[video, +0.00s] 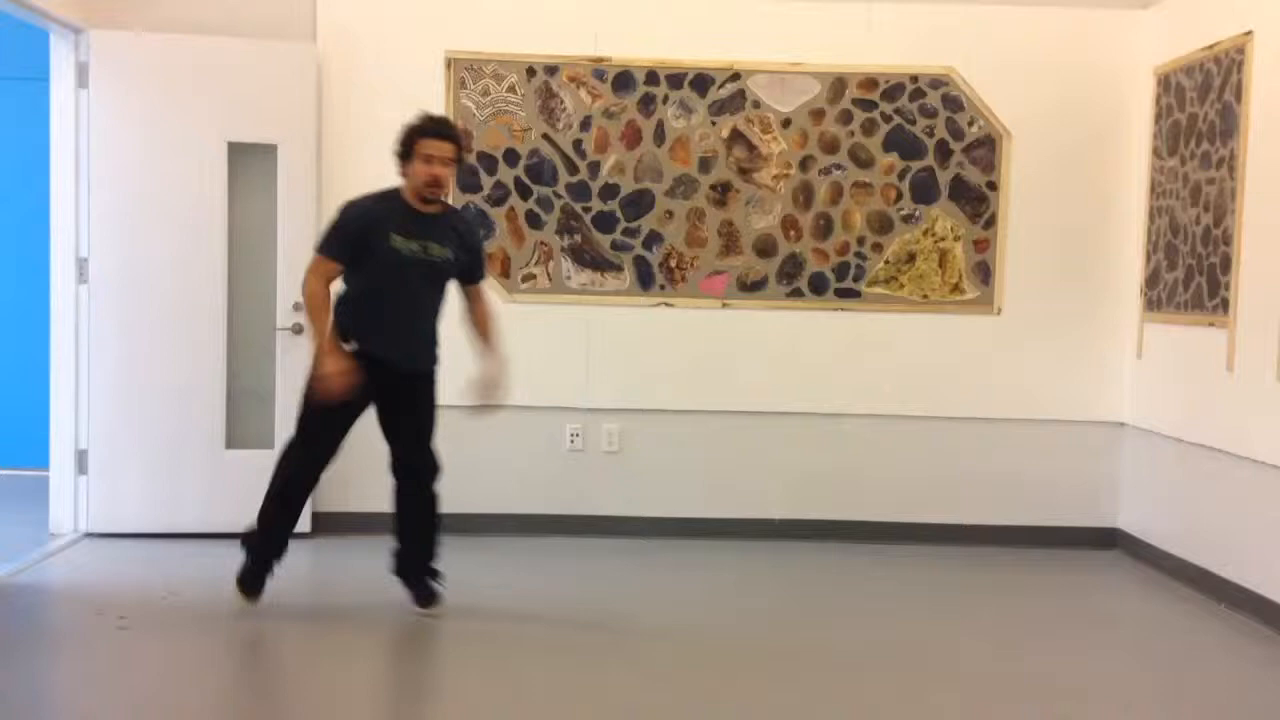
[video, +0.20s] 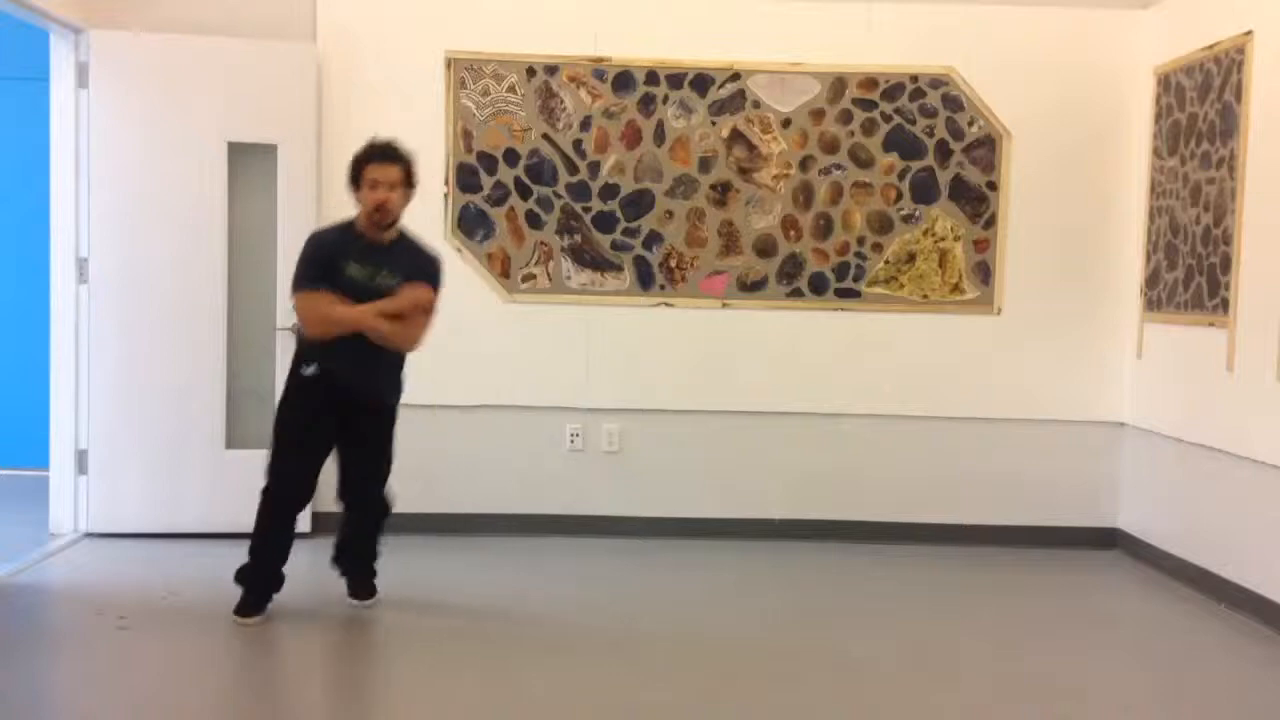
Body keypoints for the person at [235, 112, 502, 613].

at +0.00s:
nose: (436, 171)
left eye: (446, 163)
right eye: (426, 160)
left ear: (456, 170)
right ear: (405, 164)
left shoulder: (461, 231)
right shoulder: (367, 214)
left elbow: (476, 296)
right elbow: (316, 279)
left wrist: (490, 355)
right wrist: (326, 345)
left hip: (411, 367)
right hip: (351, 355)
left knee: (417, 467)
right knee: (307, 456)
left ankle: (415, 566)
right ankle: (261, 553)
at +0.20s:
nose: (382, 197)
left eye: (393, 188)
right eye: (372, 186)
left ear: (408, 194)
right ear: (356, 190)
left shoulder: (421, 262)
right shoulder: (324, 246)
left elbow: (410, 337)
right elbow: (313, 322)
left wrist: (339, 310)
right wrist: (394, 305)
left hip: (374, 396)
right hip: (313, 387)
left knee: (366, 495)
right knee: (285, 490)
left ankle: (359, 569)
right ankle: (258, 585)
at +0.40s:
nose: (359, 180)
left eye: (371, 170)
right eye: (351, 170)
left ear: (395, 177)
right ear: (341, 176)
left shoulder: (416, 244)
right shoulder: (319, 232)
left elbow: (395, 320)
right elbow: (305, 307)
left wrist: (319, 310)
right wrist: (374, 301)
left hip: (384, 379)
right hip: (324, 370)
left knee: (364, 476)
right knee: (288, 471)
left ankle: (368, 562)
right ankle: (264, 572)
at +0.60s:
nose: (382, 180)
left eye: (395, 172)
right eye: (376, 170)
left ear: (420, 183)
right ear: (368, 177)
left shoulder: (438, 247)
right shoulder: (360, 239)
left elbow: (482, 313)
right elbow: (339, 310)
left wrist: (512, 379)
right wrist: (300, 375)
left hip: (413, 385)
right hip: (365, 378)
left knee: (358, 480)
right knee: (329, 469)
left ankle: (383, 590)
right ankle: (405, 531)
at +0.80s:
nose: (430, 159)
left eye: (443, 152)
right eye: (424, 150)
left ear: (465, 164)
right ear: (415, 158)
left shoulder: (485, 219)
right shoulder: (403, 218)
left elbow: (544, 265)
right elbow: (395, 281)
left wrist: (591, 316)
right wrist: (391, 339)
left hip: (476, 360)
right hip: (428, 359)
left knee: (444, 470)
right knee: (445, 470)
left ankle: (417, 585)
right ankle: (504, 557)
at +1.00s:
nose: (469, 188)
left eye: (481, 180)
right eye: (465, 178)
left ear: (507, 191)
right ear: (459, 184)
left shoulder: (526, 250)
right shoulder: (456, 254)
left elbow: (532, 324)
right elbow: (461, 322)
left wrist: (476, 365)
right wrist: (459, 376)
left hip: (531, 382)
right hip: (484, 384)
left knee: (553, 482)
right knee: (487, 489)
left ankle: (595, 589)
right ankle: (535, 582)